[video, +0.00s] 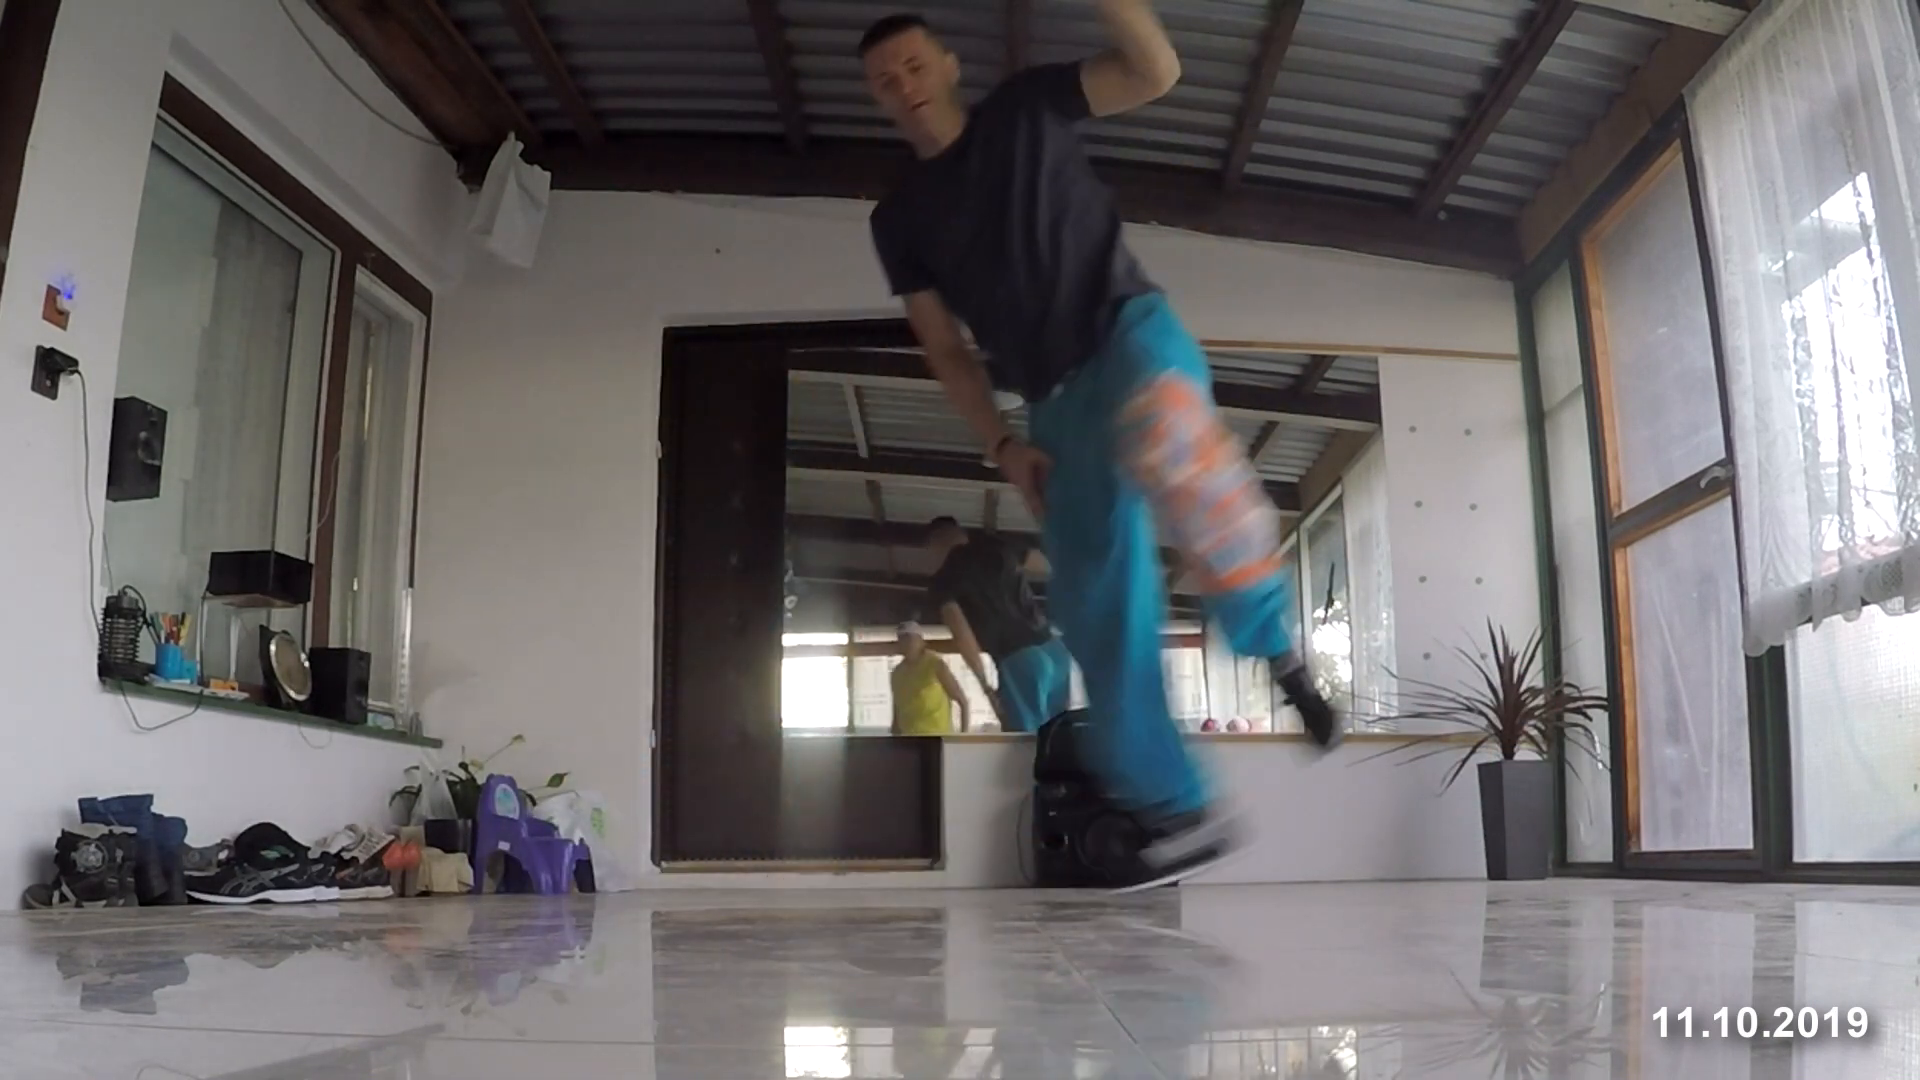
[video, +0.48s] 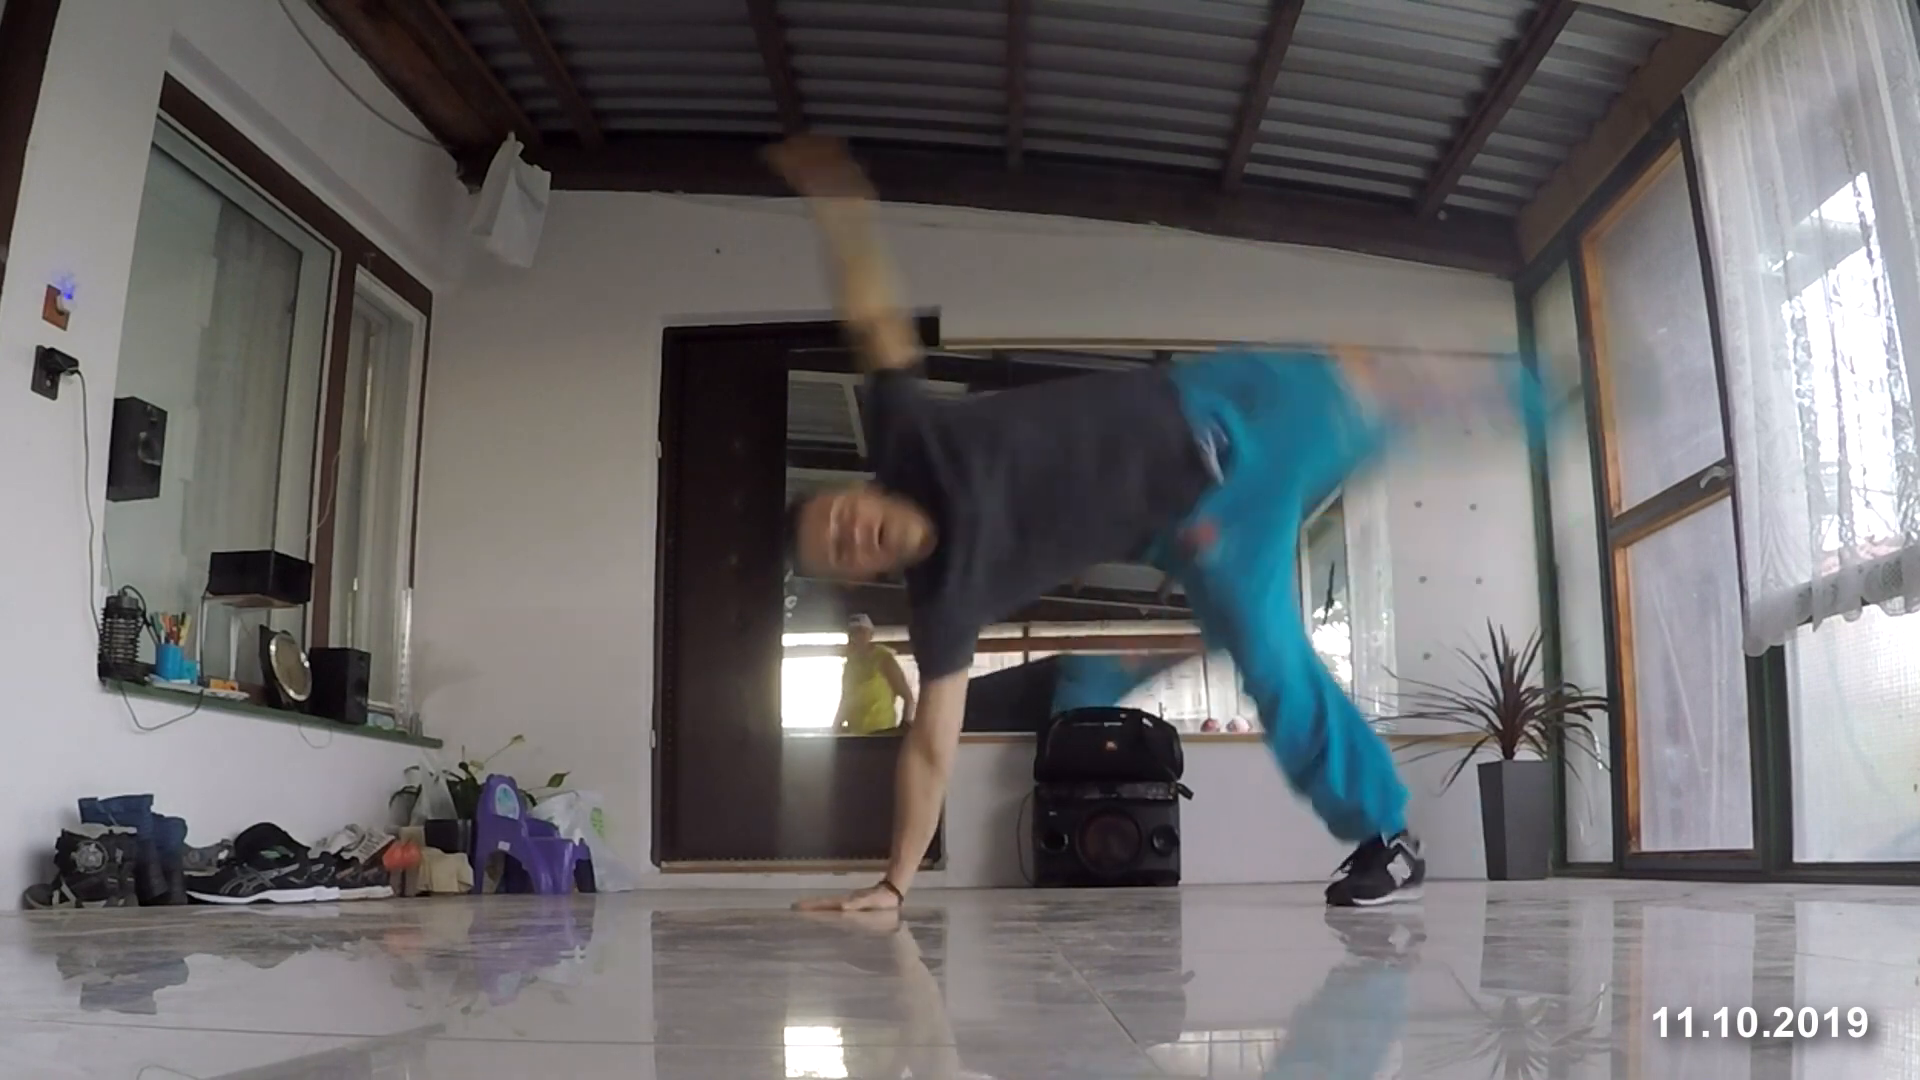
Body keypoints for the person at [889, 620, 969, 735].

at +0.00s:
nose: (907, 644)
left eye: (911, 639)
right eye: (903, 640)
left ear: (921, 641)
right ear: (899, 643)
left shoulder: (935, 664)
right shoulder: (897, 672)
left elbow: (963, 701)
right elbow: (897, 709)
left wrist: (964, 735)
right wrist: (895, 734)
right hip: (906, 737)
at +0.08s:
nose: (893, 643)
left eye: (897, 637)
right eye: (890, 638)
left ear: (909, 638)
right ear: (888, 641)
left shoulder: (924, 662)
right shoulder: (886, 670)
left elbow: (953, 699)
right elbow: (885, 707)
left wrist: (954, 733)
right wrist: (882, 734)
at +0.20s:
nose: (884, 639)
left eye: (888, 634)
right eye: (879, 635)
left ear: (899, 635)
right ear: (876, 638)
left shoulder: (911, 658)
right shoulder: (873, 667)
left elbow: (939, 697)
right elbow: (869, 708)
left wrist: (938, 734)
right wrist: (864, 739)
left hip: (914, 735)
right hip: (886, 737)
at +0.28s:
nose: (878, 638)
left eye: (882, 633)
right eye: (873, 634)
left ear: (891, 635)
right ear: (869, 637)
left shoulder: (905, 657)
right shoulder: (866, 667)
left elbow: (930, 690)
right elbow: (861, 706)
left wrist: (922, 726)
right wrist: (851, 733)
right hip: (879, 734)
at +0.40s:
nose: (864, 636)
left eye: (869, 631)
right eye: (860, 632)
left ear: (879, 634)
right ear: (856, 636)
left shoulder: (891, 656)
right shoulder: (855, 661)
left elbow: (910, 688)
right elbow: (852, 699)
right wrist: (844, 729)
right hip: (865, 729)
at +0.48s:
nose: (854, 637)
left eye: (859, 632)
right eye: (851, 633)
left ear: (870, 634)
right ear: (848, 635)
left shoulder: (883, 657)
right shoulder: (850, 662)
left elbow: (908, 697)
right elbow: (846, 698)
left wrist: (905, 728)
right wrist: (836, 726)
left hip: (882, 732)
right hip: (854, 732)